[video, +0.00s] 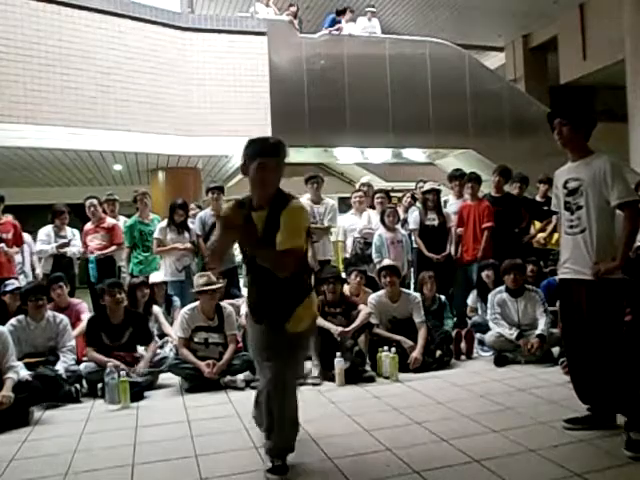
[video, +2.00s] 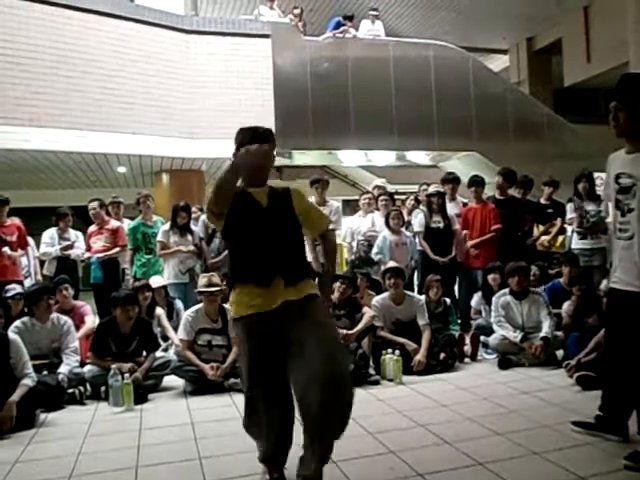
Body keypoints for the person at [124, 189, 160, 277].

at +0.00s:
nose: (144, 203)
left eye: (146, 199)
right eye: (140, 200)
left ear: (150, 202)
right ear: (136, 204)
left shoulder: (157, 220)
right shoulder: (130, 224)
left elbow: (160, 243)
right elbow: (127, 247)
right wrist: (125, 269)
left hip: (155, 266)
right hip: (138, 267)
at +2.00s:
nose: (147, 204)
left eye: (149, 201)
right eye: (143, 202)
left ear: (153, 204)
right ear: (139, 206)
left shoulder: (160, 222)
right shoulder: (133, 227)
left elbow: (165, 245)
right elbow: (130, 249)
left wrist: (168, 267)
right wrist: (129, 271)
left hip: (159, 268)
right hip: (141, 269)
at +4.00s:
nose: (149, 204)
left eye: (151, 200)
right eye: (146, 202)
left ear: (155, 203)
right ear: (141, 206)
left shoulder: (161, 222)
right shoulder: (135, 226)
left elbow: (166, 244)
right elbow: (131, 249)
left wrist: (168, 266)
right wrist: (129, 269)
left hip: (159, 268)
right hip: (142, 269)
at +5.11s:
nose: (150, 205)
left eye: (152, 202)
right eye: (147, 203)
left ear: (155, 204)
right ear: (141, 206)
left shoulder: (161, 223)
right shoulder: (135, 226)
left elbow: (164, 245)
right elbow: (131, 249)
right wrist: (129, 269)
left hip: (159, 268)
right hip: (142, 269)